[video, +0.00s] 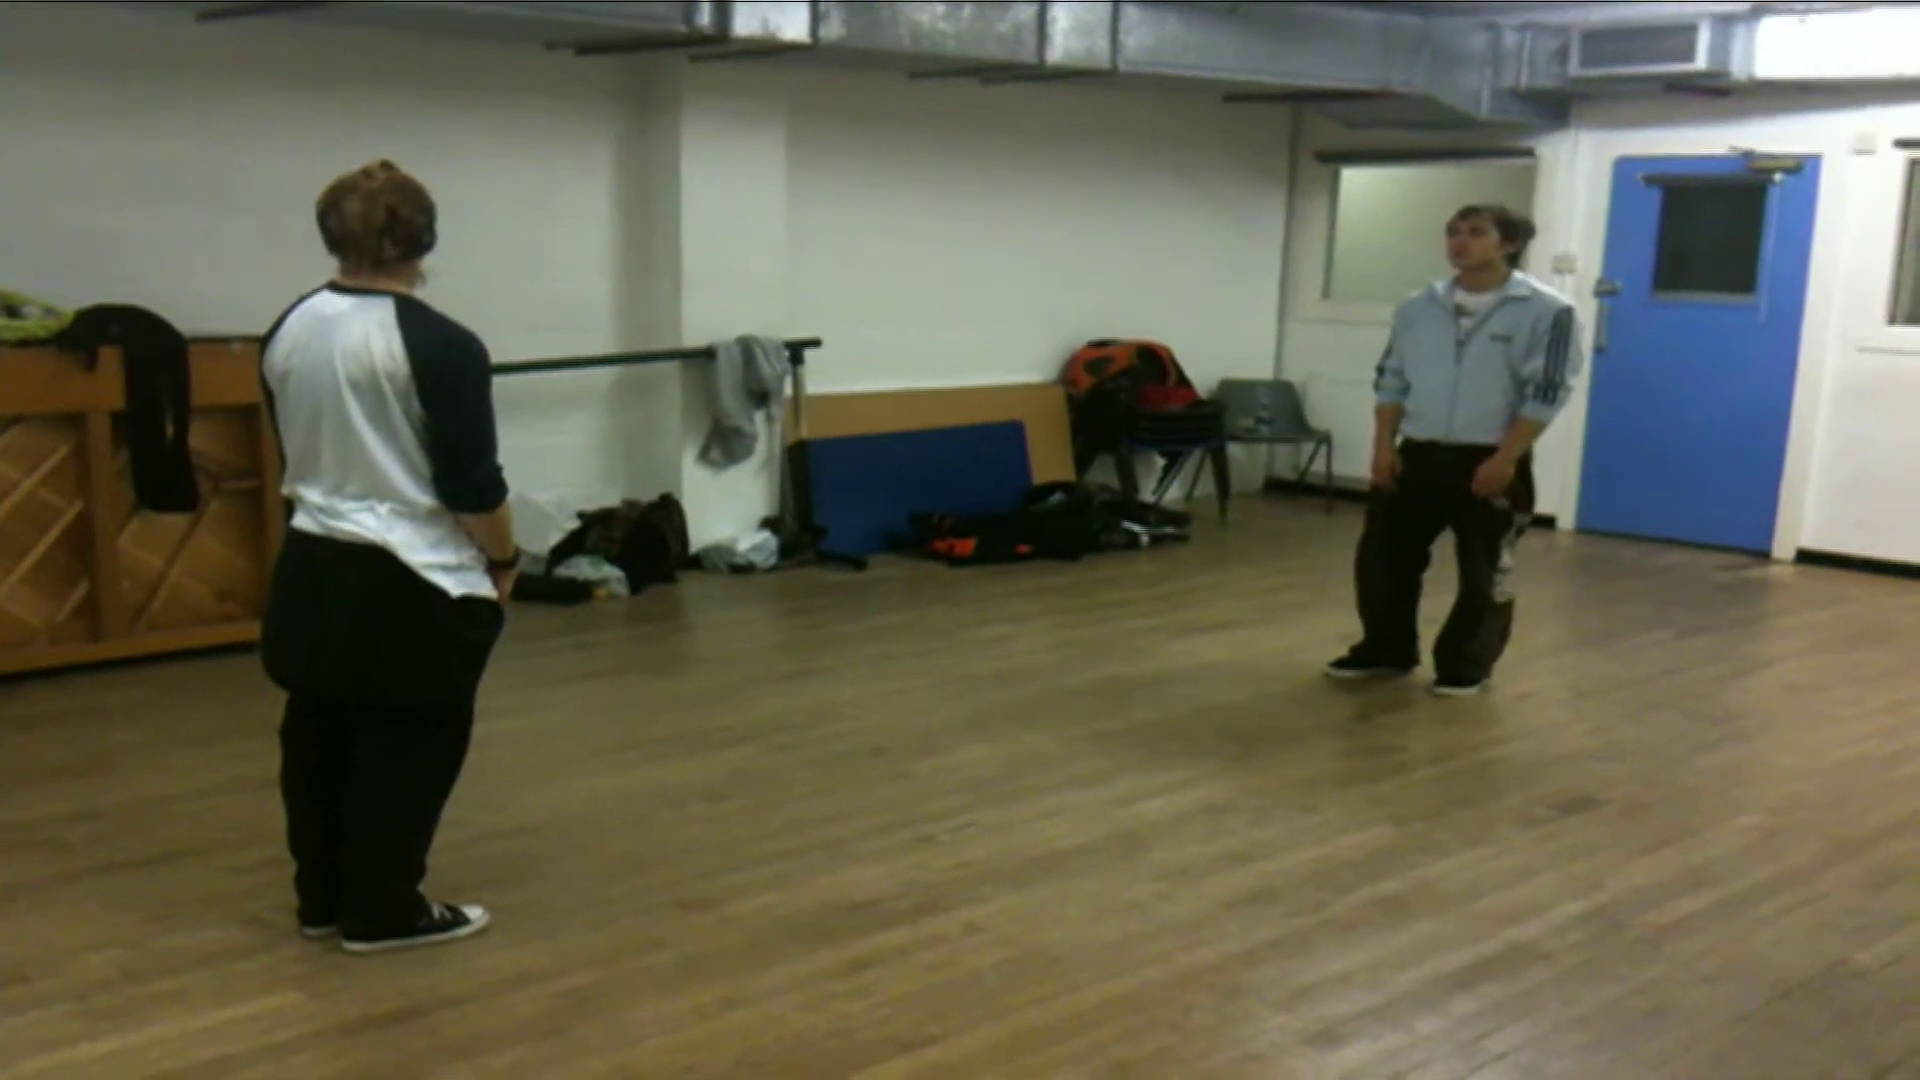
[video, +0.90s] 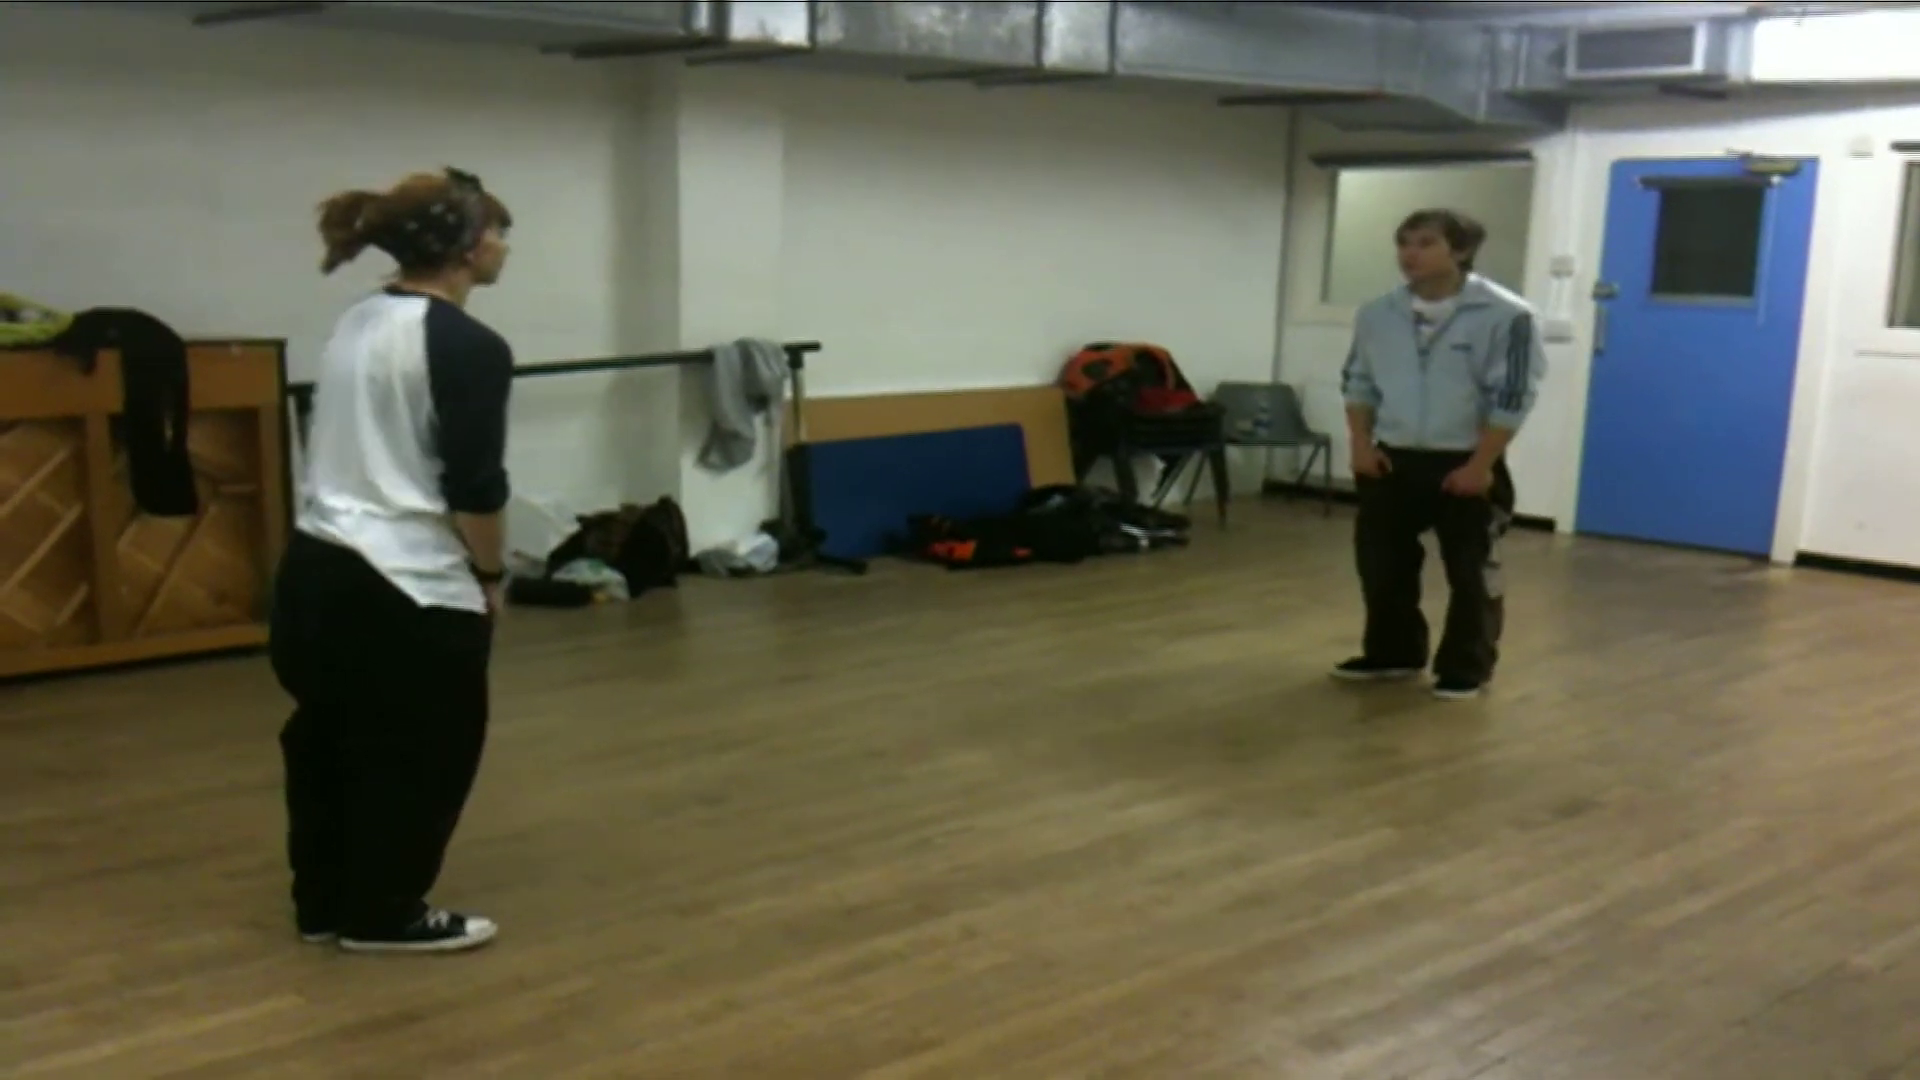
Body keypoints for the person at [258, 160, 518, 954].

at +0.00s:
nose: (430, 245)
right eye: (426, 234)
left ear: (336, 241)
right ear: (419, 242)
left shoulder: (287, 333)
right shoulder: (442, 347)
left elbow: (296, 462)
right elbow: (473, 486)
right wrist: (503, 559)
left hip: (314, 579)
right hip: (418, 593)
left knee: (320, 735)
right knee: (415, 748)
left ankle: (323, 897)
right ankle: (385, 907)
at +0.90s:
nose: (504, 244)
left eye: (501, 230)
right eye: (496, 231)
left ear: (420, 241)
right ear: (460, 243)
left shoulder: (355, 324)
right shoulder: (467, 346)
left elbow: (354, 457)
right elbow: (474, 488)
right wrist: (490, 577)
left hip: (318, 572)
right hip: (409, 586)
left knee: (334, 730)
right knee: (435, 744)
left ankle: (325, 898)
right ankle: (385, 907)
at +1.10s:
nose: (562, 257)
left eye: (560, 242)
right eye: (554, 245)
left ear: (479, 253)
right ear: (521, 257)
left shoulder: (416, 321)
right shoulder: (508, 353)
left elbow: (430, 458)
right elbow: (538, 505)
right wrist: (550, 587)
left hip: (380, 566)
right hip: (456, 586)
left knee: (420, 730)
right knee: (451, 751)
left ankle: (349, 872)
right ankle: (378, 907)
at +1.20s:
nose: (601, 279)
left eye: (600, 264)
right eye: (595, 266)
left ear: (518, 267)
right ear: (569, 273)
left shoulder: (458, 336)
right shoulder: (552, 367)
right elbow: (583, 507)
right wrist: (592, 581)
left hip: (420, 564)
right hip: (488, 577)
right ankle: (383, 902)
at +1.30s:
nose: (648, 308)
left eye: (646, 293)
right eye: (641, 295)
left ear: (569, 301)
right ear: (616, 304)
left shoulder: (522, 362)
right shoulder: (607, 383)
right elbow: (624, 521)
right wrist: (630, 585)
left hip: (461, 568)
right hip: (511, 585)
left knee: (628, 666)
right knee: (582, 744)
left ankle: (631, 818)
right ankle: (400, 886)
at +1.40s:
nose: (707, 343)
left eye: (706, 328)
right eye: (701, 330)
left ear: (631, 331)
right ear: (673, 334)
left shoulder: (587, 386)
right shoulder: (668, 384)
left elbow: (570, 493)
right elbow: (646, 500)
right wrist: (678, 566)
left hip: (525, 587)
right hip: (582, 607)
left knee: (685, 662)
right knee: (611, 773)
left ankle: (738, 783)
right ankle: (411, 887)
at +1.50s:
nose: (746, 346)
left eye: (745, 335)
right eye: (740, 336)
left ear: (671, 340)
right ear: (718, 337)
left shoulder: (629, 397)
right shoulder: (723, 382)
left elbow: (611, 506)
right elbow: (719, 496)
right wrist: (744, 559)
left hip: (606, 590)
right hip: (663, 599)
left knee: (749, 661)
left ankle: (753, 797)